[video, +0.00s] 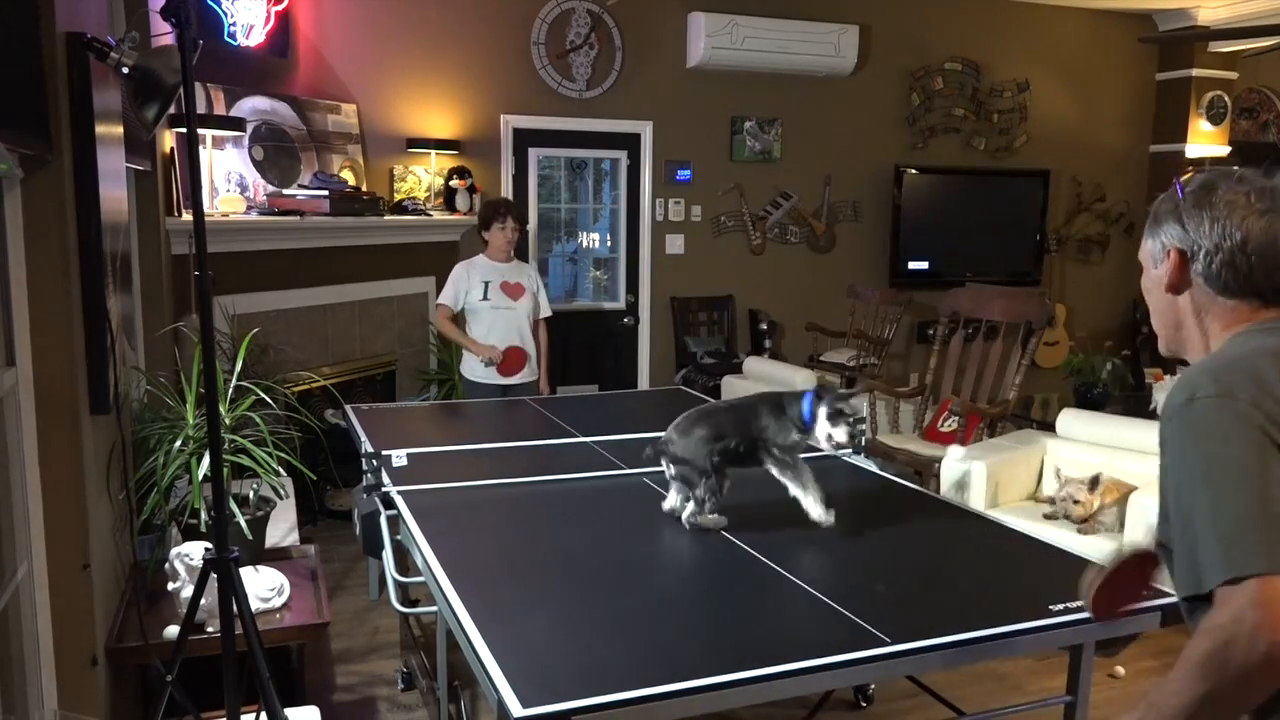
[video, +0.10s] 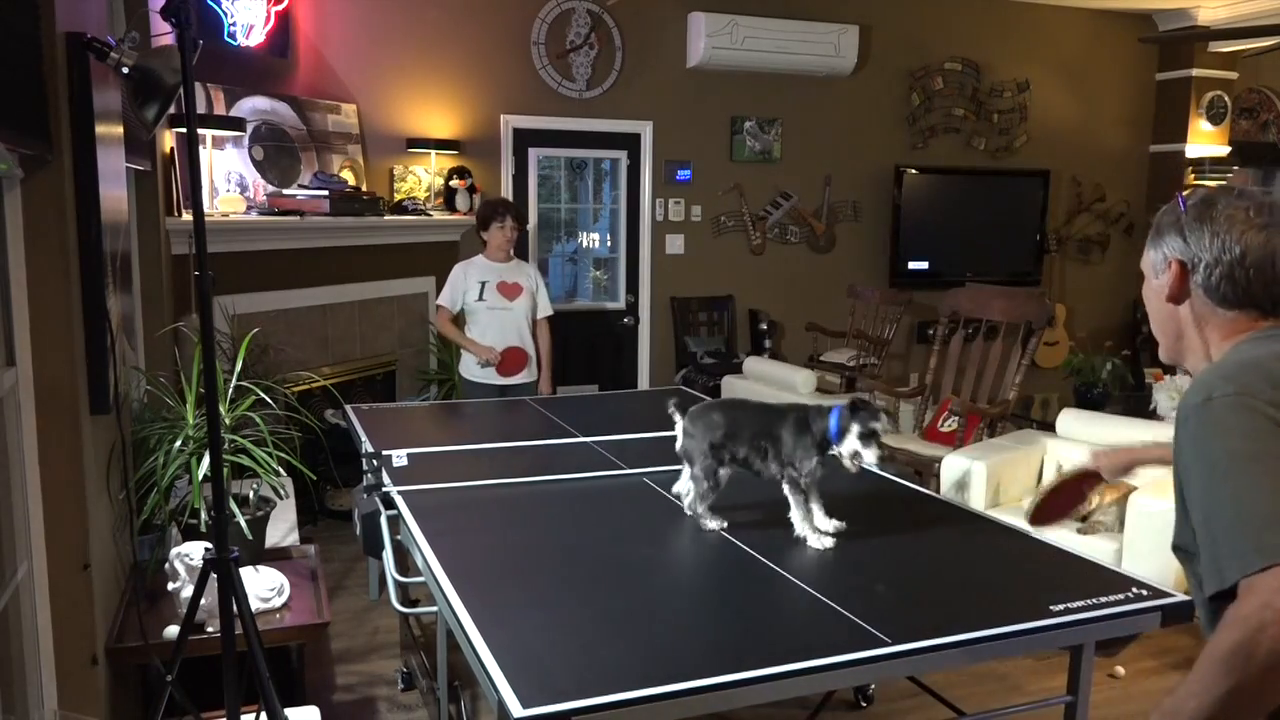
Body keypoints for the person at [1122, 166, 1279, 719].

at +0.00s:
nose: (1145, 290)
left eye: (1145, 267)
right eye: (1143, 269)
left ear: (1175, 268)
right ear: (1259, 261)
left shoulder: (1217, 392)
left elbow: (1258, 622)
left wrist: (1156, 709)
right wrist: (1171, 558)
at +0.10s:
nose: (1145, 298)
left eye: (1145, 278)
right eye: (1142, 279)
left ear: (1176, 278)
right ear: (1253, 272)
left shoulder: (1226, 401)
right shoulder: (1266, 366)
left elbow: (1268, 602)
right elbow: (1254, 449)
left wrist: (1175, 711)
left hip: (1258, 701)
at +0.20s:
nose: (1152, 294)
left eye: (1156, 276)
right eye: (1153, 277)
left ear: (1190, 281)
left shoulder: (1236, 408)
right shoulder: (1265, 380)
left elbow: (1266, 612)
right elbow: (1220, 418)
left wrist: (1173, 711)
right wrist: (1113, 413)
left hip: (1257, 704)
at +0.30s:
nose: (1159, 281)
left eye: (1164, 262)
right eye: (1159, 263)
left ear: (1200, 265)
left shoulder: (1248, 398)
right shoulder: (1260, 379)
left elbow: (1273, 601)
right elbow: (1249, 435)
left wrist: (1184, 711)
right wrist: (1143, 438)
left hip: (1265, 699)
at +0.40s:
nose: (1178, 256)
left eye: (1184, 236)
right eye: (1179, 236)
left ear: (1227, 240)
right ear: (1232, 241)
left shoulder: (1267, 379)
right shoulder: (1261, 372)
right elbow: (1266, 515)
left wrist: (1208, 704)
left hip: (1269, 702)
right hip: (1259, 697)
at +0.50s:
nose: (1208, 249)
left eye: (1217, 229)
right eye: (1212, 230)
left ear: (1259, 235)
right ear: (1259, 234)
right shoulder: (1272, 379)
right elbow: (1265, 541)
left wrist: (1271, 675)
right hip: (1255, 654)